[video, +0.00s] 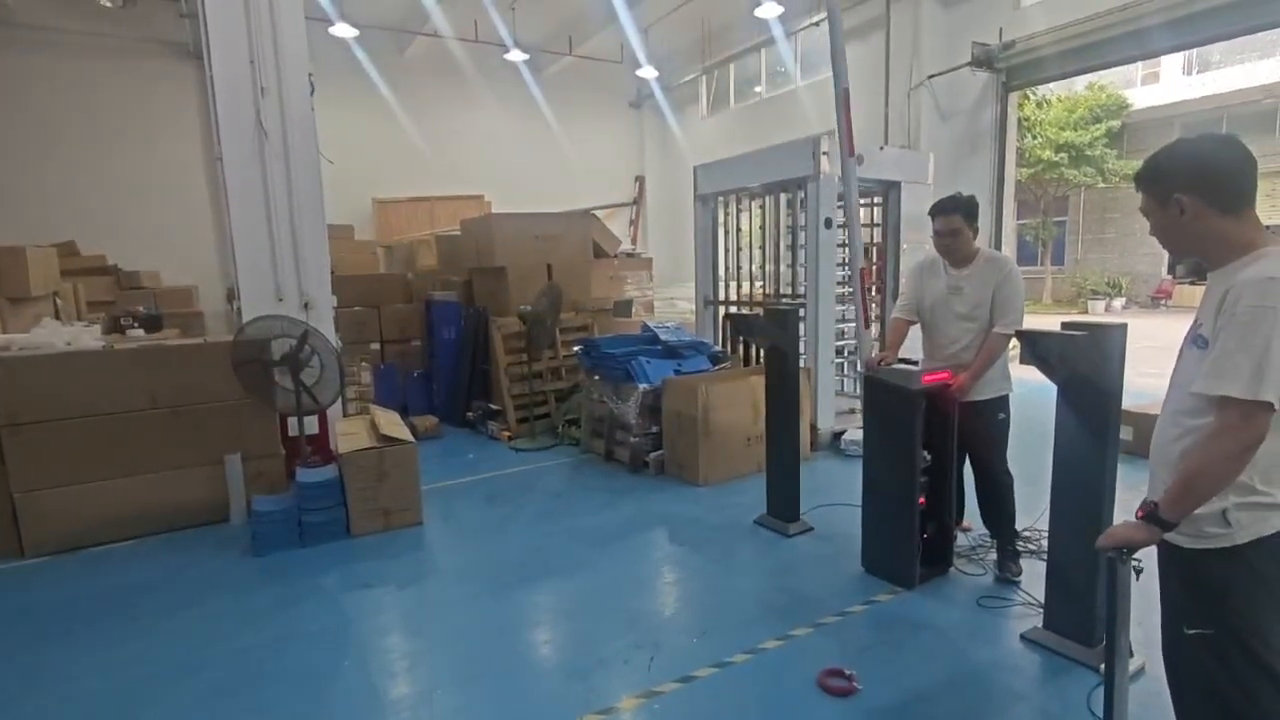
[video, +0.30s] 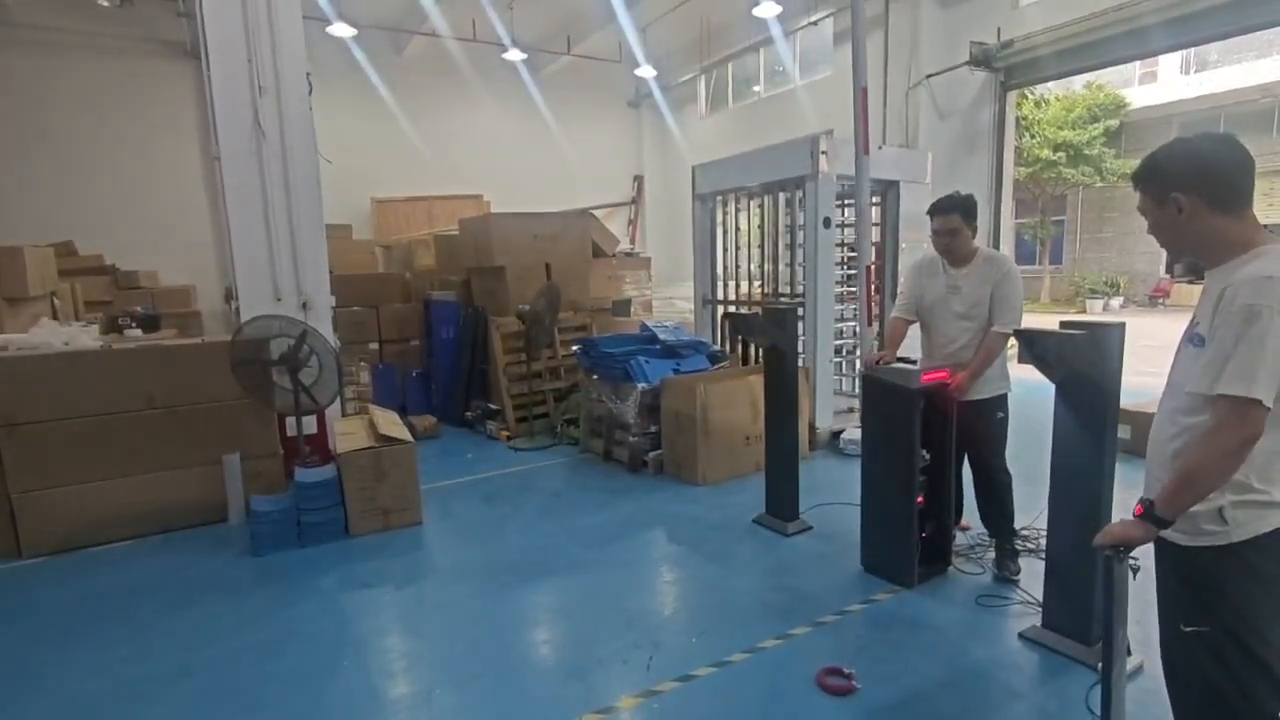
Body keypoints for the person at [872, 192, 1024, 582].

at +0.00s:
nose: (943, 243)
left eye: (952, 235)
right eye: (937, 235)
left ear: (974, 232)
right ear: (931, 233)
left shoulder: (1002, 270)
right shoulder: (923, 269)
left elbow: (1003, 330)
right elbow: (903, 314)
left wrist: (970, 375)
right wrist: (888, 351)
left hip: (986, 392)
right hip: (937, 391)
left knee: (992, 474)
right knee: (941, 473)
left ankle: (1006, 546)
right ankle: (937, 548)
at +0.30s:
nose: (941, 243)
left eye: (950, 234)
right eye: (935, 234)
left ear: (973, 231)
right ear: (930, 232)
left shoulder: (1001, 269)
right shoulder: (922, 268)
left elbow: (1001, 330)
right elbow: (902, 314)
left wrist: (970, 373)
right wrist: (888, 351)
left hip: (985, 390)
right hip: (937, 389)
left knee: (990, 470)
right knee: (940, 471)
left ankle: (1005, 544)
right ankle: (937, 548)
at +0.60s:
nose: (941, 243)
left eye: (949, 235)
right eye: (935, 235)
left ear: (972, 230)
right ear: (928, 232)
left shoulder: (999, 267)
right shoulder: (921, 267)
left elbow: (1000, 330)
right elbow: (901, 313)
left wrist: (967, 374)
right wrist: (887, 348)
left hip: (984, 390)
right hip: (935, 390)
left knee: (989, 471)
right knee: (938, 472)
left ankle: (1003, 543)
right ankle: (936, 547)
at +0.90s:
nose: (937, 245)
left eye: (944, 237)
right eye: (931, 237)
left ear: (968, 231)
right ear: (927, 233)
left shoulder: (998, 267)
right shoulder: (920, 267)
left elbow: (998, 330)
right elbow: (899, 313)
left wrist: (966, 373)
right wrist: (886, 348)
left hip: (982, 390)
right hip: (933, 389)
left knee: (987, 470)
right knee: (936, 471)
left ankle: (1001, 542)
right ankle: (934, 546)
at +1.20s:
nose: (936, 246)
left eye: (944, 238)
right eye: (930, 238)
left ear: (967, 231)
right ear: (924, 234)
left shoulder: (996, 268)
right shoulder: (918, 268)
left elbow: (996, 330)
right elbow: (898, 314)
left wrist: (964, 374)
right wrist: (883, 349)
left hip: (981, 391)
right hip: (932, 391)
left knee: (987, 472)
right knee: (935, 471)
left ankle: (1000, 542)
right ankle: (934, 543)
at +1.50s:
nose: (935, 244)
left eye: (943, 236)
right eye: (929, 236)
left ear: (966, 230)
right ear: (923, 234)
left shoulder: (994, 268)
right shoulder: (917, 268)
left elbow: (995, 328)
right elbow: (896, 313)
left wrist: (964, 373)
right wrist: (882, 349)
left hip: (978, 393)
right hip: (929, 392)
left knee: (986, 479)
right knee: (932, 476)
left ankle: (999, 555)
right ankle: (928, 551)